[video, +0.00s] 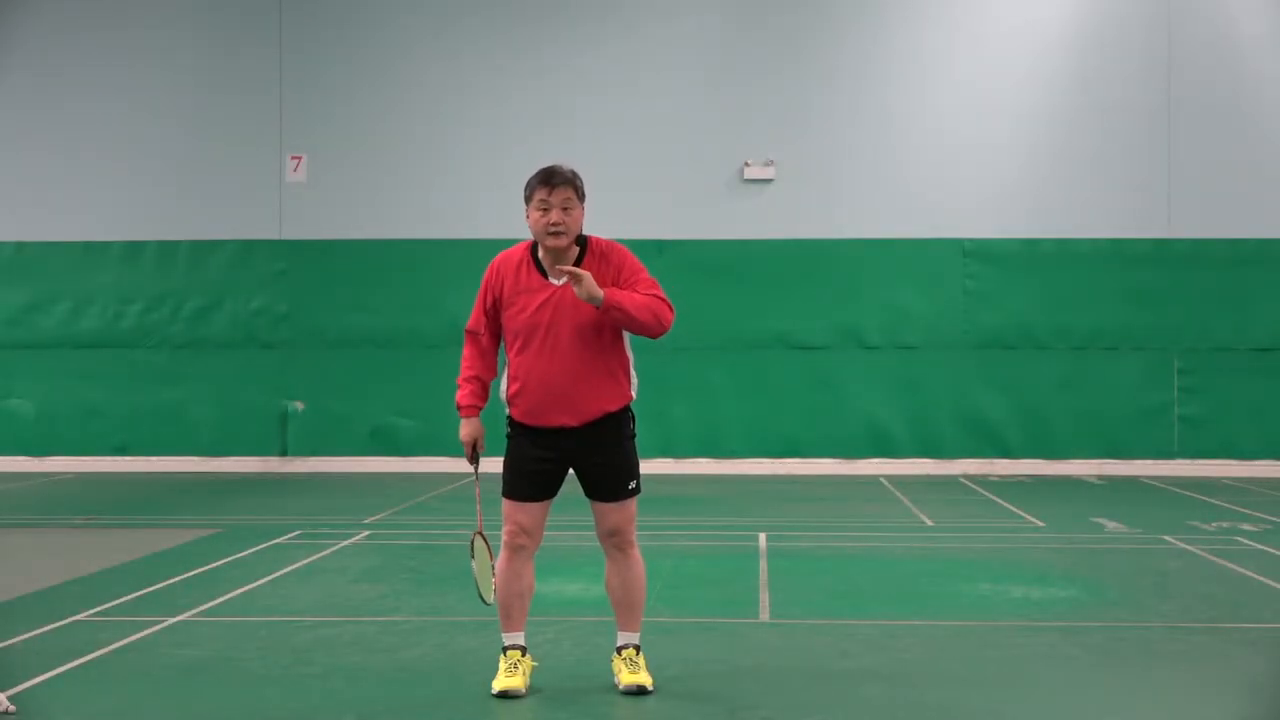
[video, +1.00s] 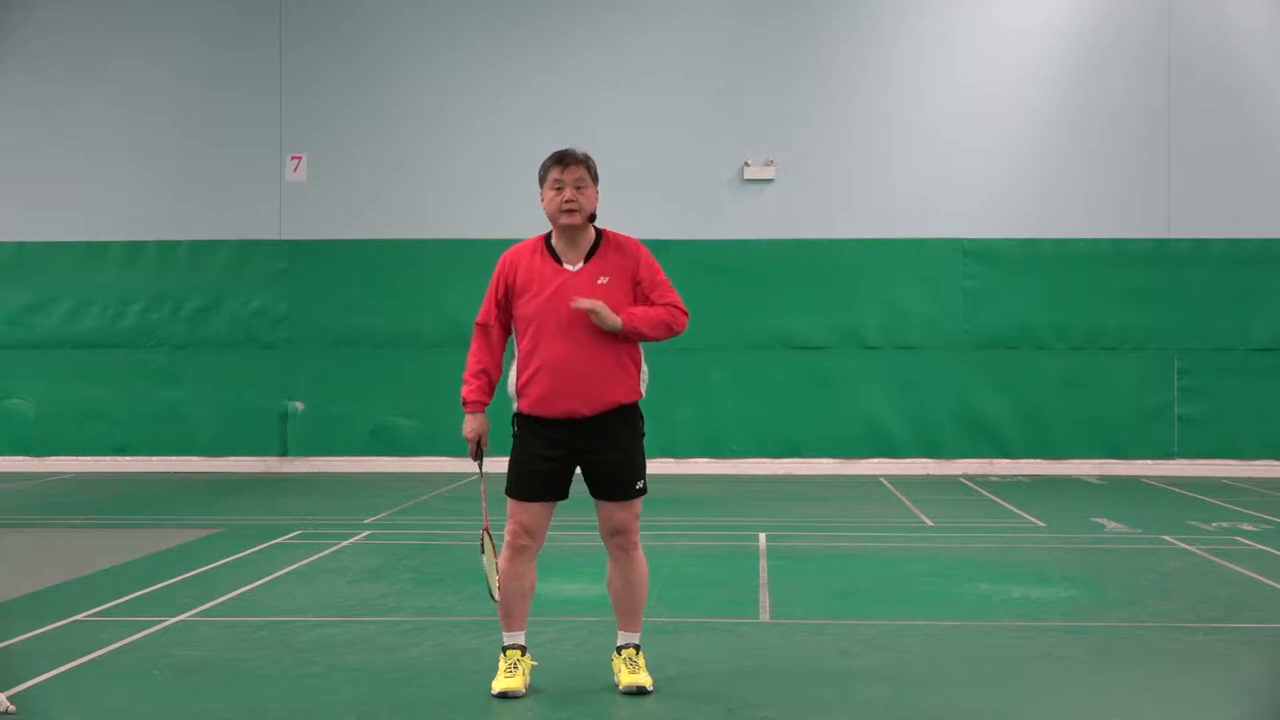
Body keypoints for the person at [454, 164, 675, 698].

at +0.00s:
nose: (555, 218)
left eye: (565, 207)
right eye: (543, 208)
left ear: (582, 212)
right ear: (528, 215)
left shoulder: (611, 258)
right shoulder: (504, 269)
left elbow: (659, 317)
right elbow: (480, 339)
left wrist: (603, 298)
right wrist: (470, 411)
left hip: (605, 425)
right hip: (532, 428)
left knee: (619, 537)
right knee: (517, 537)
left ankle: (629, 650)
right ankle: (513, 651)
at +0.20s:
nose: (555, 218)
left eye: (565, 208)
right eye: (543, 208)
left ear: (582, 212)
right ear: (527, 215)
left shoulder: (610, 258)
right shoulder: (503, 270)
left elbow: (659, 316)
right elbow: (480, 340)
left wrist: (603, 297)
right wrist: (470, 412)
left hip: (605, 425)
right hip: (532, 429)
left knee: (619, 536)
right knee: (517, 537)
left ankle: (629, 650)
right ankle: (513, 652)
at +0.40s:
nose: (555, 216)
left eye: (565, 206)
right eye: (544, 207)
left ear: (582, 211)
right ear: (528, 214)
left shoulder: (611, 258)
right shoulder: (504, 269)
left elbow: (660, 315)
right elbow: (480, 340)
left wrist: (602, 295)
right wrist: (471, 411)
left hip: (605, 425)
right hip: (532, 428)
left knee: (619, 536)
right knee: (517, 537)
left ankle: (629, 650)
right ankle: (513, 651)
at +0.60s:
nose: (555, 215)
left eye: (566, 205)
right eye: (544, 205)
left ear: (582, 211)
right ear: (528, 213)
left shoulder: (610, 258)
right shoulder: (505, 269)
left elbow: (660, 313)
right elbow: (481, 340)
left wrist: (601, 292)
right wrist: (472, 412)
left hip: (605, 425)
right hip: (533, 429)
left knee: (620, 536)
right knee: (517, 538)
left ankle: (630, 649)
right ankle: (513, 652)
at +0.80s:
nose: (556, 213)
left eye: (567, 203)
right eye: (545, 204)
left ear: (584, 209)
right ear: (530, 212)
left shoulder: (612, 257)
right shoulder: (506, 269)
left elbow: (658, 310)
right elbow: (482, 340)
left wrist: (608, 297)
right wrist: (473, 412)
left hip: (607, 424)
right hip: (535, 428)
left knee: (621, 535)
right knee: (518, 537)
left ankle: (630, 649)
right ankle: (513, 651)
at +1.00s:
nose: (568, 195)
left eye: (579, 186)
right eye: (557, 187)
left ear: (596, 196)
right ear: (542, 198)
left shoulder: (628, 255)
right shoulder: (516, 263)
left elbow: (674, 316)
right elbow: (489, 334)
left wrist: (620, 321)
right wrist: (476, 407)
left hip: (613, 420)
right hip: (539, 423)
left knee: (623, 535)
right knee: (521, 536)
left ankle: (629, 650)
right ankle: (513, 651)